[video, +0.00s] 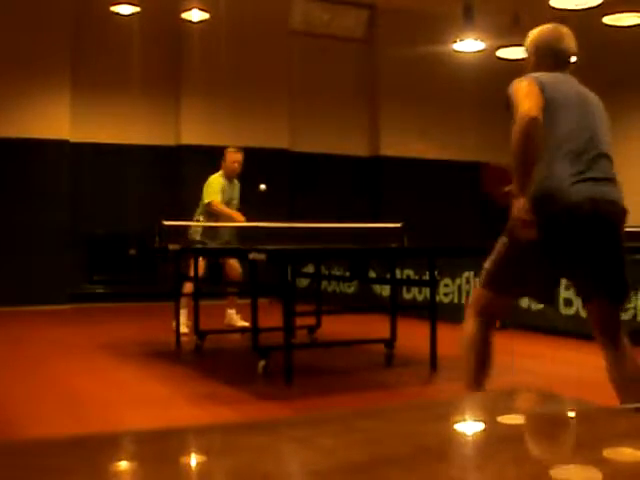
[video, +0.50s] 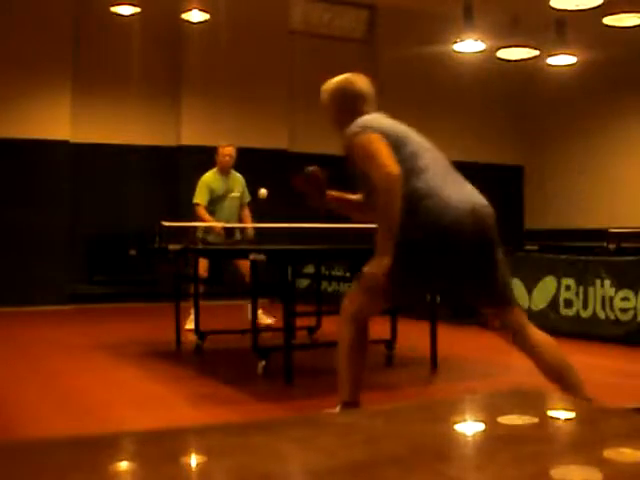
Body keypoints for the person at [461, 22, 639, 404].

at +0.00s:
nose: (526, 59)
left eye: (528, 54)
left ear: (531, 57)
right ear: (572, 60)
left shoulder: (527, 83)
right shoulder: (592, 98)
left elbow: (530, 116)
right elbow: (603, 160)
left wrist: (520, 191)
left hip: (551, 209)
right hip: (604, 211)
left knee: (482, 310)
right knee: (611, 331)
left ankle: (471, 410)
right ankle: (634, 417)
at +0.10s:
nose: (500, 72)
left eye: (502, 66)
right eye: (500, 66)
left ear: (510, 69)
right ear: (544, 70)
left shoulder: (508, 95)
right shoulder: (569, 107)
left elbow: (509, 129)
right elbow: (564, 165)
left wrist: (498, 196)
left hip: (535, 216)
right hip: (589, 217)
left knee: (458, 310)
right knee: (608, 327)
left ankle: (436, 403)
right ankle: (634, 418)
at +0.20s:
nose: (463, 87)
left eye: (465, 80)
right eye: (467, 79)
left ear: (473, 82)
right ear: (505, 80)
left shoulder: (478, 108)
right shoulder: (533, 119)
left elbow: (482, 144)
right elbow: (520, 195)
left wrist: (469, 217)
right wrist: (450, 202)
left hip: (514, 228)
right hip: (568, 228)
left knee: (430, 319)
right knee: (593, 332)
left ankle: (387, 403)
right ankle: (630, 417)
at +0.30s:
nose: (416, 100)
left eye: (417, 92)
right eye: (416, 92)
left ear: (426, 91)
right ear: (457, 89)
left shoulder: (437, 115)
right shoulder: (486, 123)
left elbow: (448, 158)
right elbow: (467, 203)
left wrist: (439, 225)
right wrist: (391, 205)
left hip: (477, 240)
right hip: (526, 237)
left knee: (400, 323)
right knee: (570, 339)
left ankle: (358, 404)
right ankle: (622, 412)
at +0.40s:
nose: (367, 110)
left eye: (368, 102)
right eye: (366, 102)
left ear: (381, 99)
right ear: (406, 94)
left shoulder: (394, 125)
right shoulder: (438, 129)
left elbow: (414, 169)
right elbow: (426, 199)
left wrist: (405, 244)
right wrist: (357, 201)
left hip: (450, 235)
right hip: (497, 234)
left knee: (370, 308)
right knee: (539, 332)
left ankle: (350, 404)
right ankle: (605, 406)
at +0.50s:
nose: (328, 115)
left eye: (327, 108)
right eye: (328, 107)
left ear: (335, 108)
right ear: (366, 101)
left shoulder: (361, 130)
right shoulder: (393, 129)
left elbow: (389, 175)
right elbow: (383, 206)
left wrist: (383, 253)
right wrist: (327, 198)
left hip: (432, 226)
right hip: (477, 222)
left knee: (354, 309)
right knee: (516, 324)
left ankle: (347, 406)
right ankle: (585, 402)